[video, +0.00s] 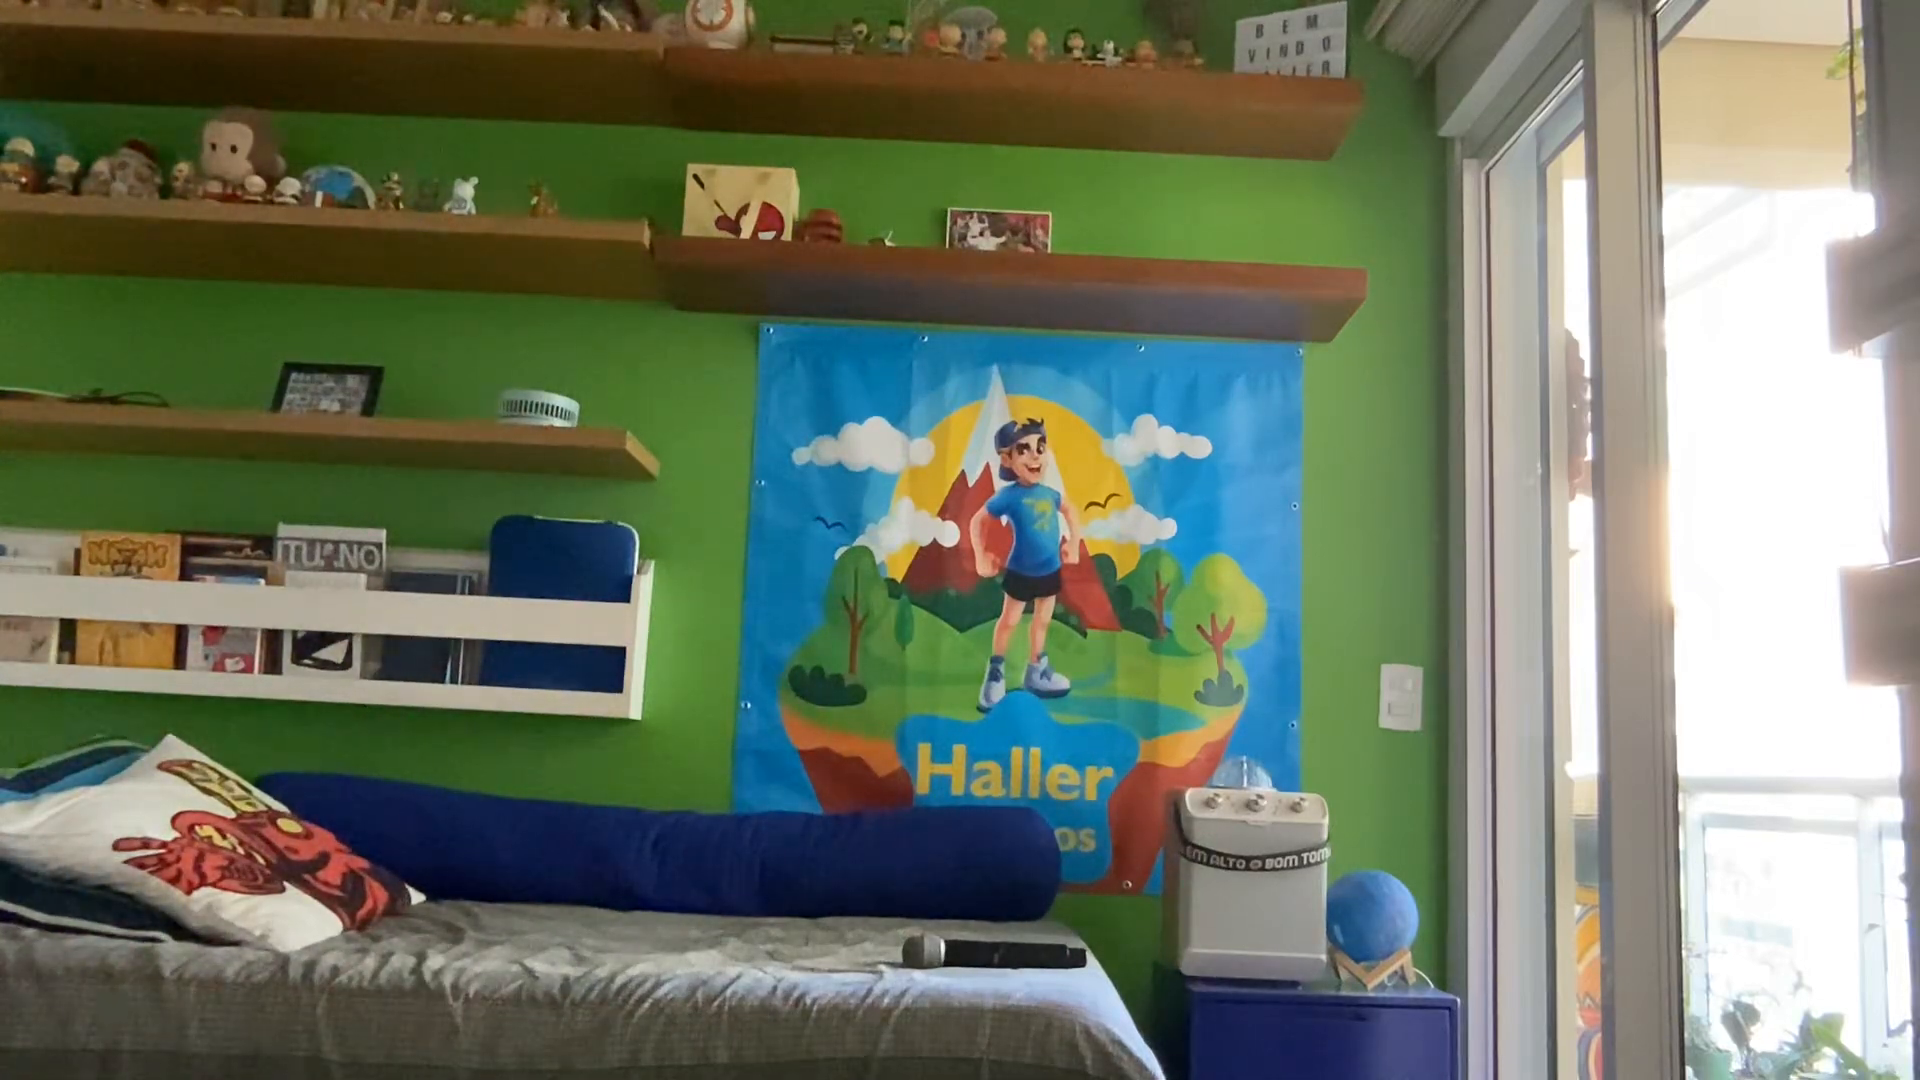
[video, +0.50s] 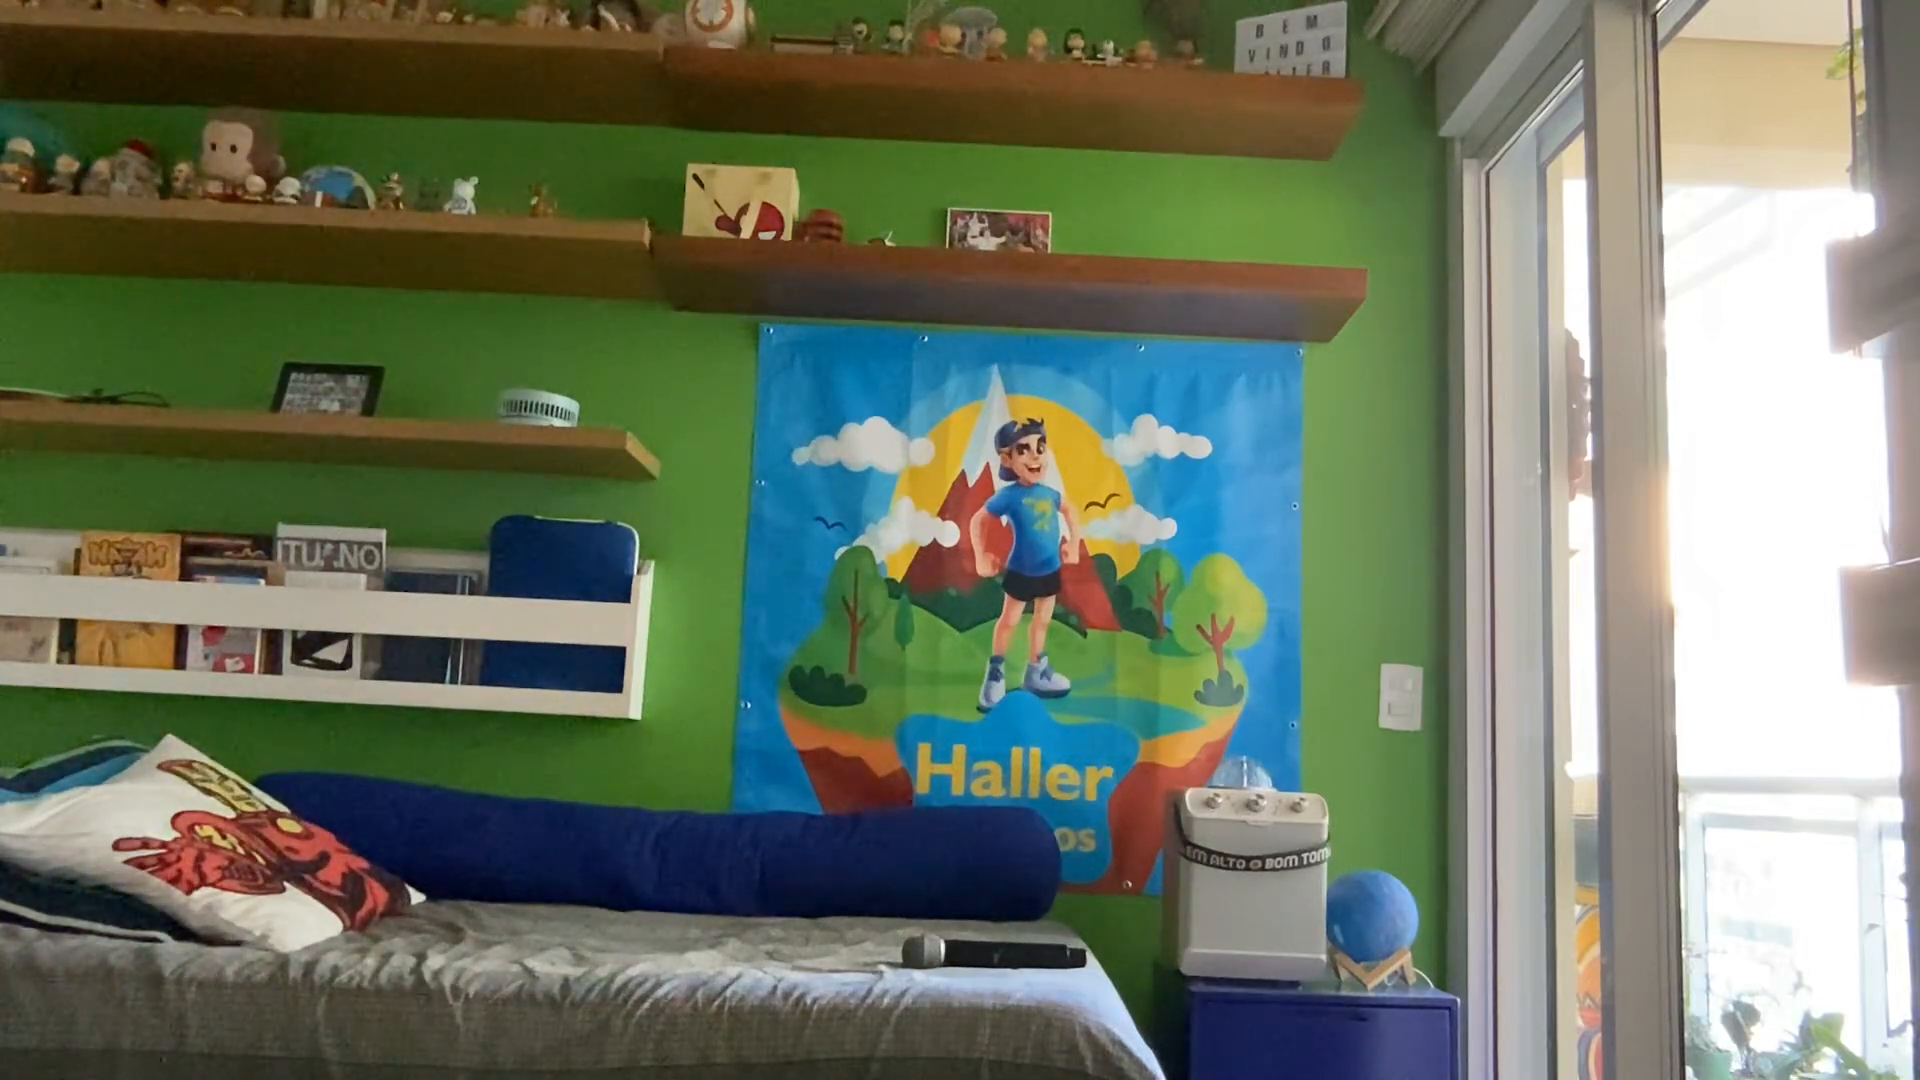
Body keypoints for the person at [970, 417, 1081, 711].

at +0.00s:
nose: (1034, 457)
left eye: (1039, 449)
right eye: (1024, 450)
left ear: (1046, 455)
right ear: (1007, 459)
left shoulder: (1050, 494)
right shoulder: (1007, 496)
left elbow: (1070, 513)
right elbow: (977, 521)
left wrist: (1074, 542)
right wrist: (980, 555)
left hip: (1049, 571)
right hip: (1020, 572)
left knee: (1043, 619)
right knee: (1009, 620)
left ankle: (1036, 670)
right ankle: (996, 671)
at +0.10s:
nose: (1034, 457)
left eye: (1039, 449)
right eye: (1024, 450)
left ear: (1046, 455)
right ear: (1007, 459)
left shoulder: (1050, 494)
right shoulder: (1007, 496)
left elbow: (1070, 513)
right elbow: (977, 521)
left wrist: (1074, 542)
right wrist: (980, 555)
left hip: (1049, 571)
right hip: (1020, 572)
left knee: (1043, 619)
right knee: (1009, 620)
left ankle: (1036, 670)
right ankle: (996, 671)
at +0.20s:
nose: (1034, 458)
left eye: (1039, 450)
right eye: (1024, 450)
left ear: (1046, 455)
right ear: (1007, 459)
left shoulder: (1050, 494)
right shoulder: (1007, 496)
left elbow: (1071, 513)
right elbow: (976, 520)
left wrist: (1074, 543)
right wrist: (980, 556)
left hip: (1049, 570)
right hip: (1020, 572)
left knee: (1043, 619)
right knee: (1010, 619)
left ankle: (1036, 670)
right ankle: (996, 671)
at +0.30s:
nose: (1034, 458)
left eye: (1039, 450)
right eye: (1024, 450)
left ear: (1046, 455)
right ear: (1007, 459)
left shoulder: (1050, 494)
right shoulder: (1008, 496)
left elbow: (1071, 513)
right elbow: (977, 520)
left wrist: (1074, 543)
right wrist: (980, 556)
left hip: (1049, 570)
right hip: (1020, 572)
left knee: (1043, 619)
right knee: (1010, 619)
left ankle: (1037, 670)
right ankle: (995, 671)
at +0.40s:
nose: (1034, 458)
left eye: (1039, 450)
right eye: (1024, 450)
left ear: (1046, 455)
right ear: (1007, 459)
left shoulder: (1050, 494)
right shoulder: (1008, 496)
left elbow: (1071, 513)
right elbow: (977, 520)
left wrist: (1074, 543)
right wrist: (980, 556)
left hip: (1049, 570)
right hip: (1020, 572)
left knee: (1043, 619)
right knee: (1010, 619)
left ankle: (1037, 670)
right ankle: (995, 671)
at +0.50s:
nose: (1034, 458)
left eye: (1039, 449)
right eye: (1024, 450)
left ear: (1047, 454)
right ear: (1008, 459)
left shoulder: (1050, 494)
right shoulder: (1008, 496)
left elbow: (1070, 513)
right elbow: (977, 520)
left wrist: (1074, 542)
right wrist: (980, 555)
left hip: (1049, 571)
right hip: (1020, 572)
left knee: (1043, 619)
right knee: (1010, 619)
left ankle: (1036, 670)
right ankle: (996, 672)